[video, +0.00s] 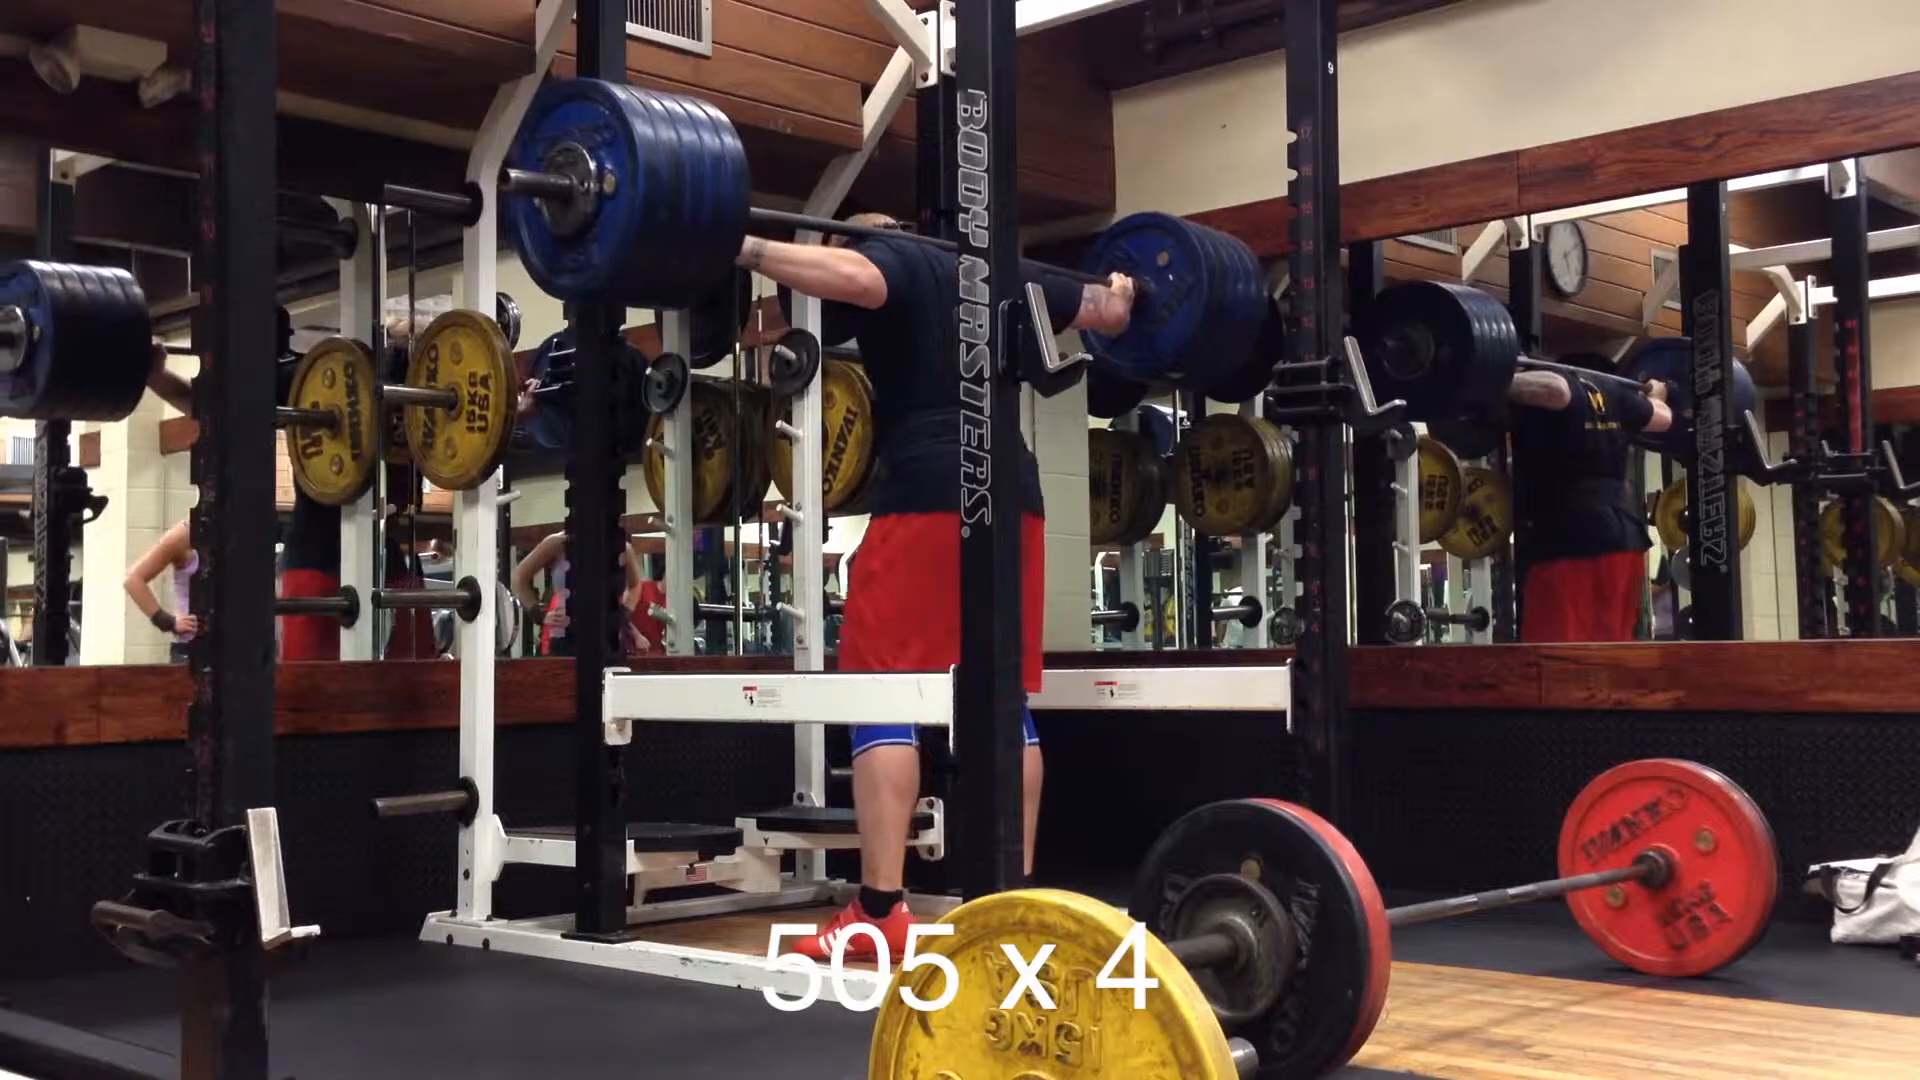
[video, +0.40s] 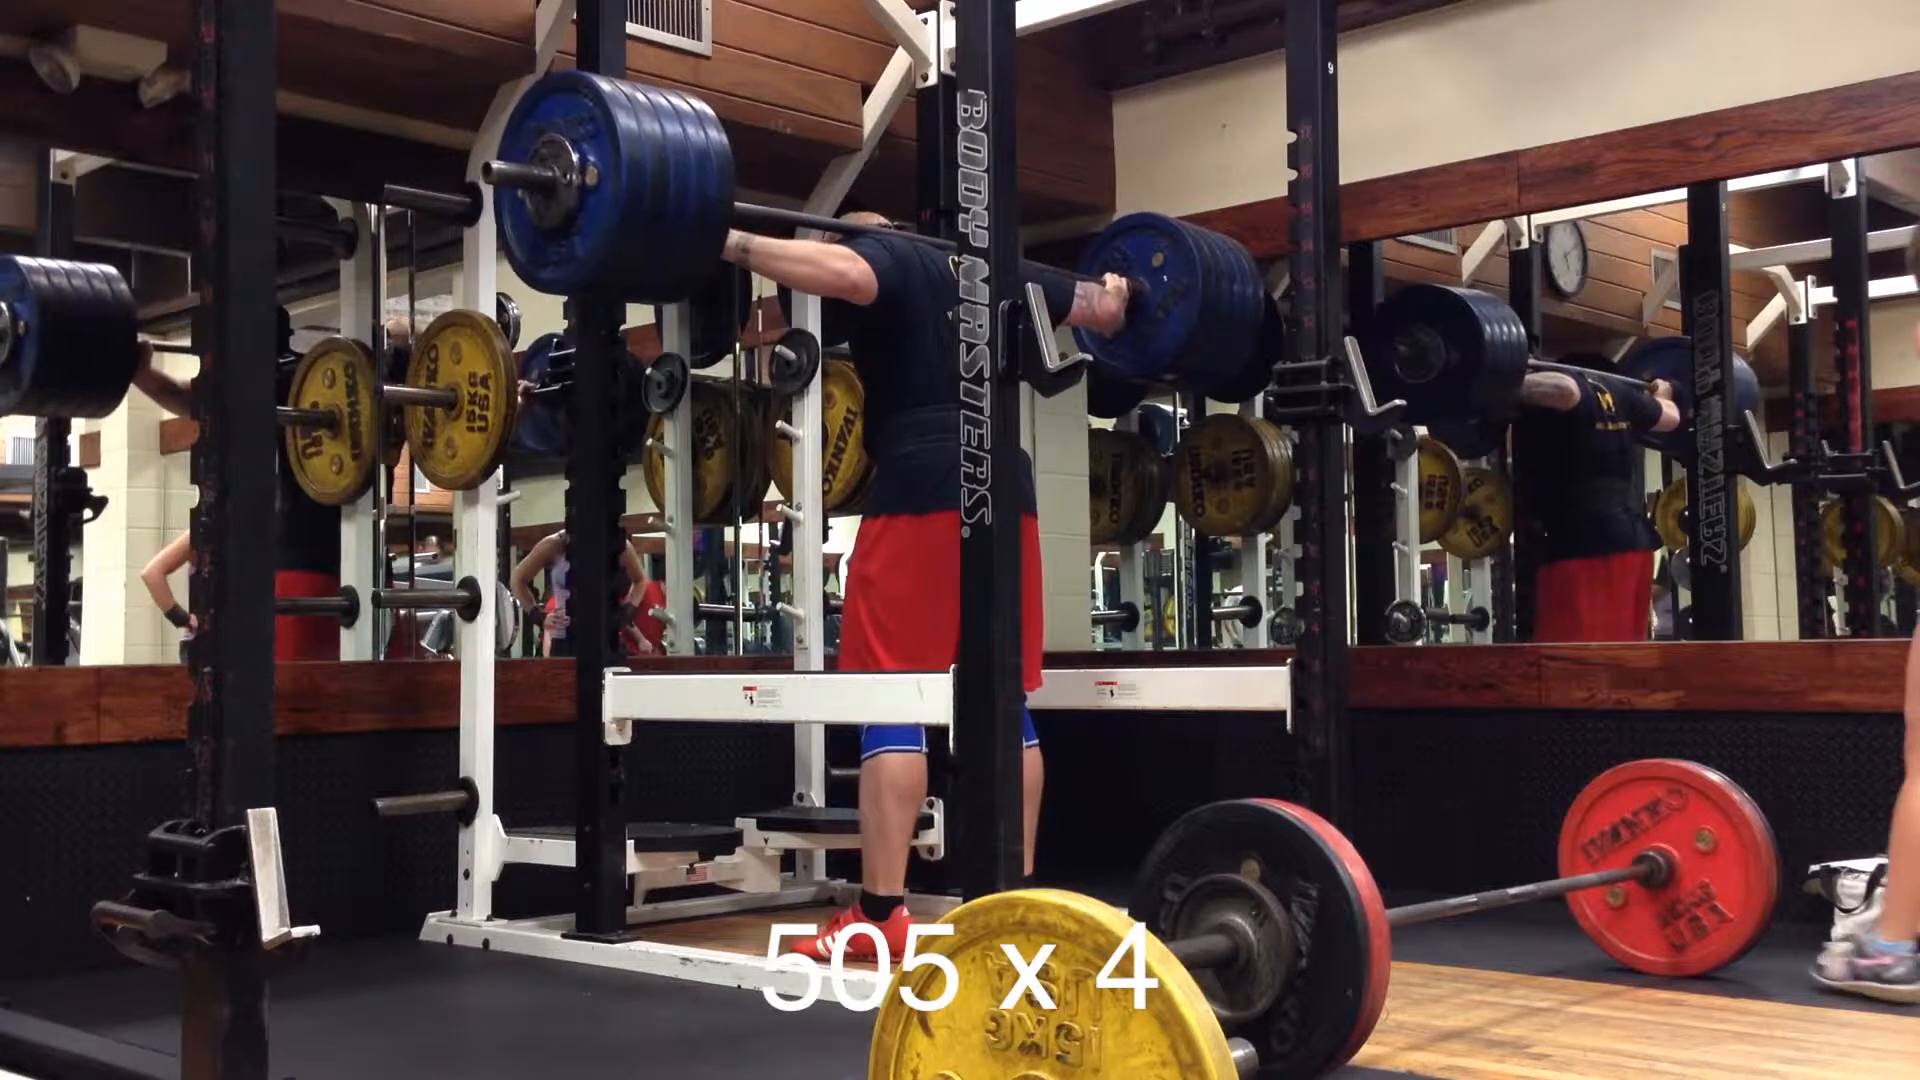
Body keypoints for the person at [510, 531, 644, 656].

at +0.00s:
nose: (597, 523)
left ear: (613, 517)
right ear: (577, 512)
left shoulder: (622, 549)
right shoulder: (557, 544)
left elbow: (634, 585)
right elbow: (520, 577)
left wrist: (624, 613)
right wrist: (540, 615)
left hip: (608, 638)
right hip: (567, 637)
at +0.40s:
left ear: (607, 527)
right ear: (572, 527)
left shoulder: (619, 544)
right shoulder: (554, 544)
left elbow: (640, 581)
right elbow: (518, 579)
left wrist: (627, 610)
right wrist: (539, 617)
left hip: (607, 634)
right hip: (566, 636)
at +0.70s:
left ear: (614, 522)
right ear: (580, 523)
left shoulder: (632, 546)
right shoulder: (565, 546)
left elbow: (655, 581)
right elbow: (532, 579)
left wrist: (642, 611)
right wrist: (551, 614)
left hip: (618, 629)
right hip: (578, 629)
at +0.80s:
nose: (608, 526)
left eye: (616, 519)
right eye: (601, 519)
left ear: (624, 517)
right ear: (588, 517)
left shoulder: (640, 545)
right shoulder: (572, 544)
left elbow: (660, 579)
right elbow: (538, 578)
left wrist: (647, 608)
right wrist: (555, 611)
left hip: (627, 631)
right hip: (584, 629)